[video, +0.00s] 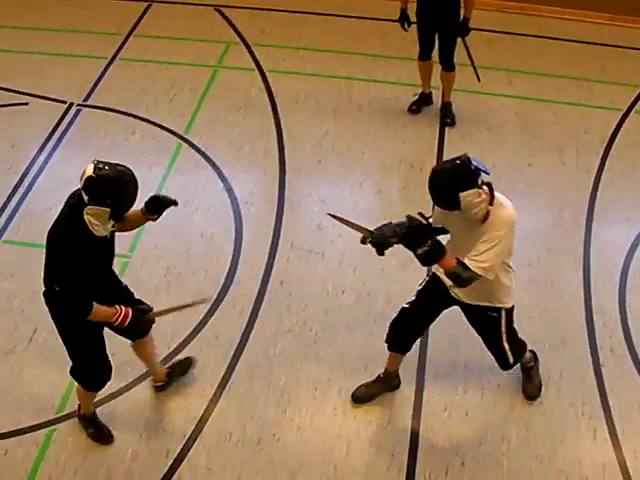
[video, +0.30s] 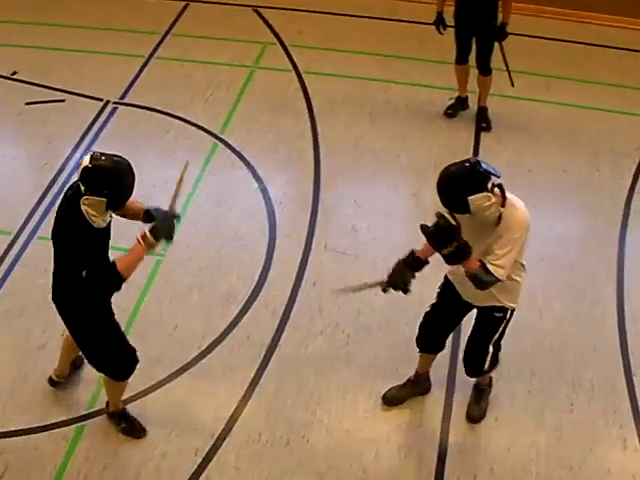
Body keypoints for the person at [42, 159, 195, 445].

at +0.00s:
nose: (123, 212)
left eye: (124, 208)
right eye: (120, 208)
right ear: (102, 206)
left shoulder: (94, 205)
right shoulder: (67, 237)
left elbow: (117, 223)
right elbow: (74, 305)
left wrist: (145, 214)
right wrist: (124, 316)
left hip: (100, 282)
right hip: (70, 301)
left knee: (139, 324)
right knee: (95, 370)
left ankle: (159, 375)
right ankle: (86, 414)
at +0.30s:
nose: (123, 199)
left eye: (123, 194)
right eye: (119, 195)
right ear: (103, 196)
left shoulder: (84, 191)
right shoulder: (78, 231)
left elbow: (117, 205)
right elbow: (104, 283)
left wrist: (149, 214)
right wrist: (147, 242)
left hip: (76, 288)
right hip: (81, 303)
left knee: (80, 331)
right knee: (121, 361)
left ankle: (61, 372)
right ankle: (114, 410)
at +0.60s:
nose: (126, 191)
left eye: (128, 185)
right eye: (125, 186)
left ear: (97, 174)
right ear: (109, 187)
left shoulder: (85, 187)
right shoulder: (83, 219)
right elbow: (107, 255)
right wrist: (135, 201)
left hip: (82, 282)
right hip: (98, 297)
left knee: (85, 327)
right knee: (148, 348)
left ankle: (68, 373)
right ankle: (142, 405)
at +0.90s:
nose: (116, 187)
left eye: (116, 181)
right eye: (115, 183)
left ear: (86, 172)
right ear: (104, 186)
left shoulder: (71, 186)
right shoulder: (83, 219)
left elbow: (107, 208)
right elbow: (116, 258)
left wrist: (120, 233)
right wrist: (148, 206)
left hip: (65, 280)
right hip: (87, 295)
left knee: (83, 321)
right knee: (141, 350)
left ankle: (67, 373)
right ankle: (143, 405)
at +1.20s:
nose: (125, 201)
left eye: (127, 196)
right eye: (120, 198)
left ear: (85, 184)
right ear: (102, 201)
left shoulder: (63, 194)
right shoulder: (93, 241)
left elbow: (99, 199)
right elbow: (119, 299)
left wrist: (124, 196)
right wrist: (167, 314)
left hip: (46, 284)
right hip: (75, 302)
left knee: (50, 322)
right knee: (139, 343)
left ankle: (25, 371)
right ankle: (149, 405)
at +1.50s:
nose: (85, 203)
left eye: (86, 198)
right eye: (82, 199)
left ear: (55, 187)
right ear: (67, 199)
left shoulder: (44, 196)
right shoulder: (48, 238)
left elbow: (79, 217)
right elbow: (62, 298)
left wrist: (106, 226)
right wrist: (125, 296)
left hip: (30, 290)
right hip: (49, 305)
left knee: (42, 323)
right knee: (119, 344)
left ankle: (23, 377)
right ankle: (141, 404)